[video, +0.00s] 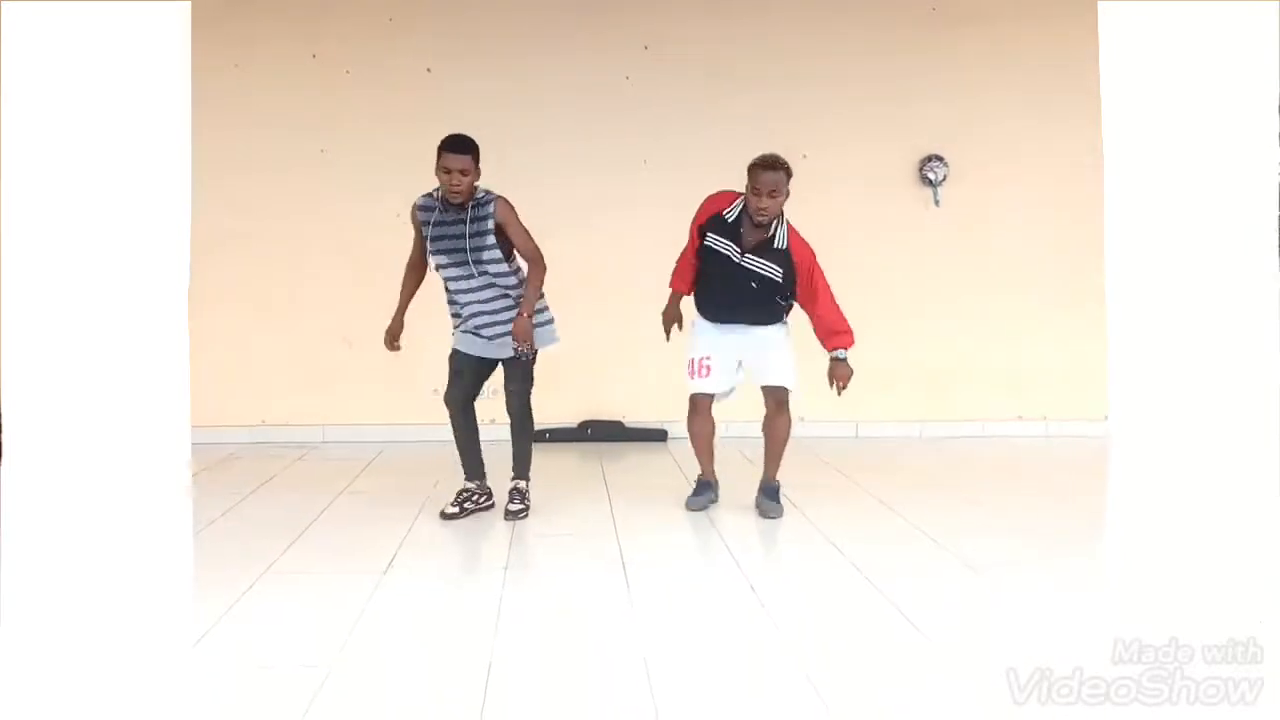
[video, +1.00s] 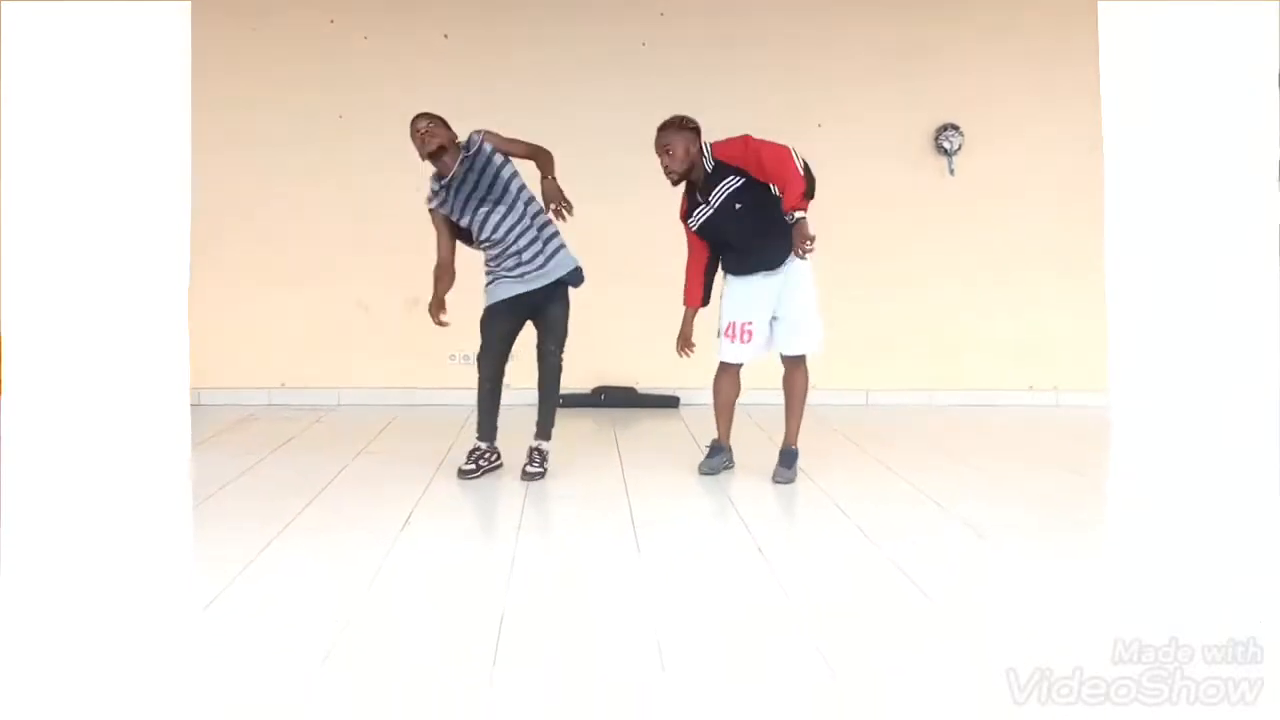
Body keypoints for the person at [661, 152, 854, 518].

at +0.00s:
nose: (762, 203)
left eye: (773, 196)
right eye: (756, 193)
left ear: (786, 196)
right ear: (746, 189)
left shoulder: (793, 248)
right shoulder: (717, 208)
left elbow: (819, 298)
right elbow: (694, 250)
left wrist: (839, 352)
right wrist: (675, 298)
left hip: (768, 330)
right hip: (712, 325)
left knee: (778, 400)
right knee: (699, 399)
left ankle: (770, 485)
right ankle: (707, 480)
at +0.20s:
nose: (782, 166)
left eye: (792, 160)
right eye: (776, 158)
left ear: (805, 166)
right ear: (767, 159)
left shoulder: (804, 231)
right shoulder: (740, 188)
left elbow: (823, 284)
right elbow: (702, 222)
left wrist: (828, 338)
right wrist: (657, 249)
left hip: (731, 311)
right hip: (686, 296)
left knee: (742, 395)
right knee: (674, 388)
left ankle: (765, 479)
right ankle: (698, 473)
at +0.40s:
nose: (760, 154)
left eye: (765, 149)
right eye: (749, 150)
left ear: (774, 162)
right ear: (734, 164)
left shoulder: (790, 205)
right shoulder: (722, 211)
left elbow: (807, 264)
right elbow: (690, 258)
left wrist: (820, 318)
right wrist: (648, 295)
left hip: (768, 305)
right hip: (716, 302)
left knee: (777, 396)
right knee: (704, 392)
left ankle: (787, 485)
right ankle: (710, 479)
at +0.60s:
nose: (714, 146)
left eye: (717, 141)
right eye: (702, 144)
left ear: (726, 152)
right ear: (688, 164)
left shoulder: (759, 175)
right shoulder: (699, 221)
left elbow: (801, 198)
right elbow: (692, 280)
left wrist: (827, 222)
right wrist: (668, 340)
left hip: (794, 290)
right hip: (742, 301)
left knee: (795, 386)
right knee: (727, 387)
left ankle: (787, 475)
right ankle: (717, 471)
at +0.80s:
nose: (693, 150)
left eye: (694, 144)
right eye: (681, 151)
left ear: (704, 148)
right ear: (670, 173)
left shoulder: (739, 157)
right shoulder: (697, 228)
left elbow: (786, 155)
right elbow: (705, 288)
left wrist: (814, 172)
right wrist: (688, 348)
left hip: (803, 277)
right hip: (754, 294)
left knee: (807, 377)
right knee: (736, 381)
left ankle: (796, 467)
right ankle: (721, 465)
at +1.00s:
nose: (663, 162)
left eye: (668, 152)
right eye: (659, 155)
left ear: (694, 146)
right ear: (665, 156)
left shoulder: (736, 151)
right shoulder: (691, 206)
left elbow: (786, 163)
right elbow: (700, 261)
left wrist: (798, 218)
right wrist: (688, 320)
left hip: (789, 266)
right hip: (741, 278)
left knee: (794, 357)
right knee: (729, 361)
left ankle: (789, 448)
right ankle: (722, 445)